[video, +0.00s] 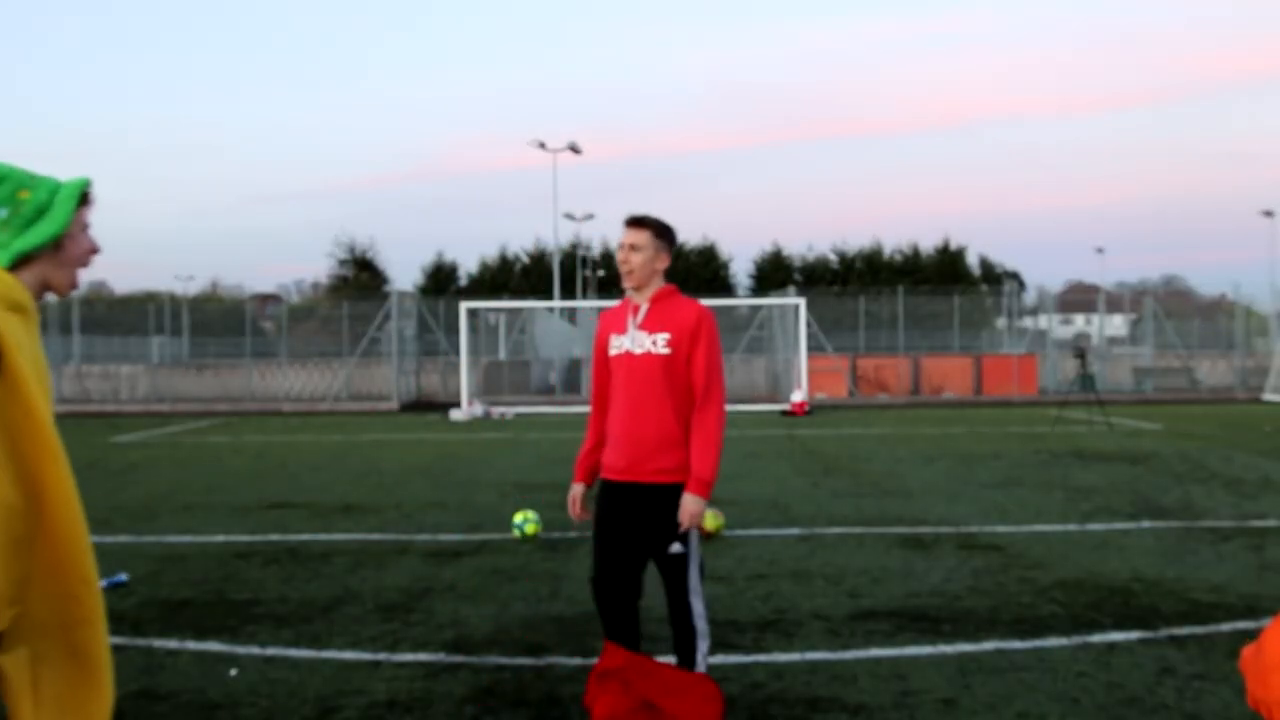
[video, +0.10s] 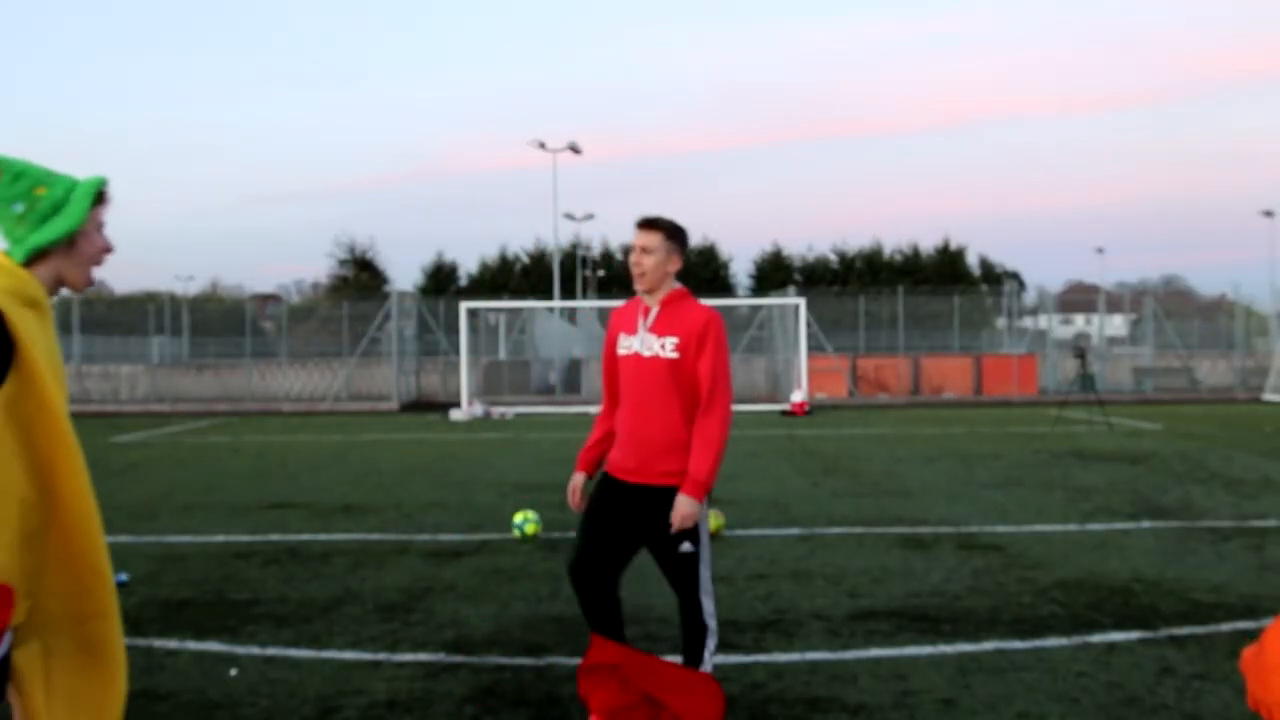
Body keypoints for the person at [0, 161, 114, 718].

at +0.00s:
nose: (94, 248)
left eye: (89, 230)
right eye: (82, 230)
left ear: (39, 237)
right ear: (37, 235)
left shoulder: (21, 325)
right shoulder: (9, 328)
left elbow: (30, 479)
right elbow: (17, 482)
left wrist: (64, 576)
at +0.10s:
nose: (108, 245)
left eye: (103, 227)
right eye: (97, 226)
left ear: (53, 231)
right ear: (52, 229)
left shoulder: (31, 318)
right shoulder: (12, 319)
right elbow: (11, 485)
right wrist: (10, 630)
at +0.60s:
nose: (134, 245)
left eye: (131, 227)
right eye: (126, 225)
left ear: (82, 228)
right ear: (85, 227)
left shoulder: (52, 303)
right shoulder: (21, 305)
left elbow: (67, 427)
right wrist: (16, 539)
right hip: (24, 581)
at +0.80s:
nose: (124, 259)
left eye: (124, 241)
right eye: (117, 240)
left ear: (73, 236)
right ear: (74, 233)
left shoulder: (35, 313)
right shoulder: (13, 307)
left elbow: (107, 378)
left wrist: (221, 361)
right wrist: (48, 534)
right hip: (21, 579)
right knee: (27, 698)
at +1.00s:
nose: (107, 262)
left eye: (108, 244)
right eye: (101, 242)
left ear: (57, 237)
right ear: (57, 236)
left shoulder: (26, 307)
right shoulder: (9, 306)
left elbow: (89, 367)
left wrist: (214, 393)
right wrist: (56, 547)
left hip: (31, 582)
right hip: (14, 589)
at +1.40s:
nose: (117, 288)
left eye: (124, 273)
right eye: (119, 266)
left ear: (78, 244)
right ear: (82, 242)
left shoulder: (28, 315)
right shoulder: (11, 321)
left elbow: (14, 454)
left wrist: (56, 499)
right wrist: (35, 502)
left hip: (32, 587)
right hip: (17, 592)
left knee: (41, 699)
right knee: (28, 701)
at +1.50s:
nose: (129, 297)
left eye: (136, 282)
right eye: (130, 276)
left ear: (90, 252)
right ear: (94, 252)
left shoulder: (36, 319)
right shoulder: (15, 326)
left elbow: (12, 457)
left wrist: (74, 492)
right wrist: (37, 491)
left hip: (37, 597)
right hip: (18, 601)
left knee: (43, 701)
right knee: (34, 703)